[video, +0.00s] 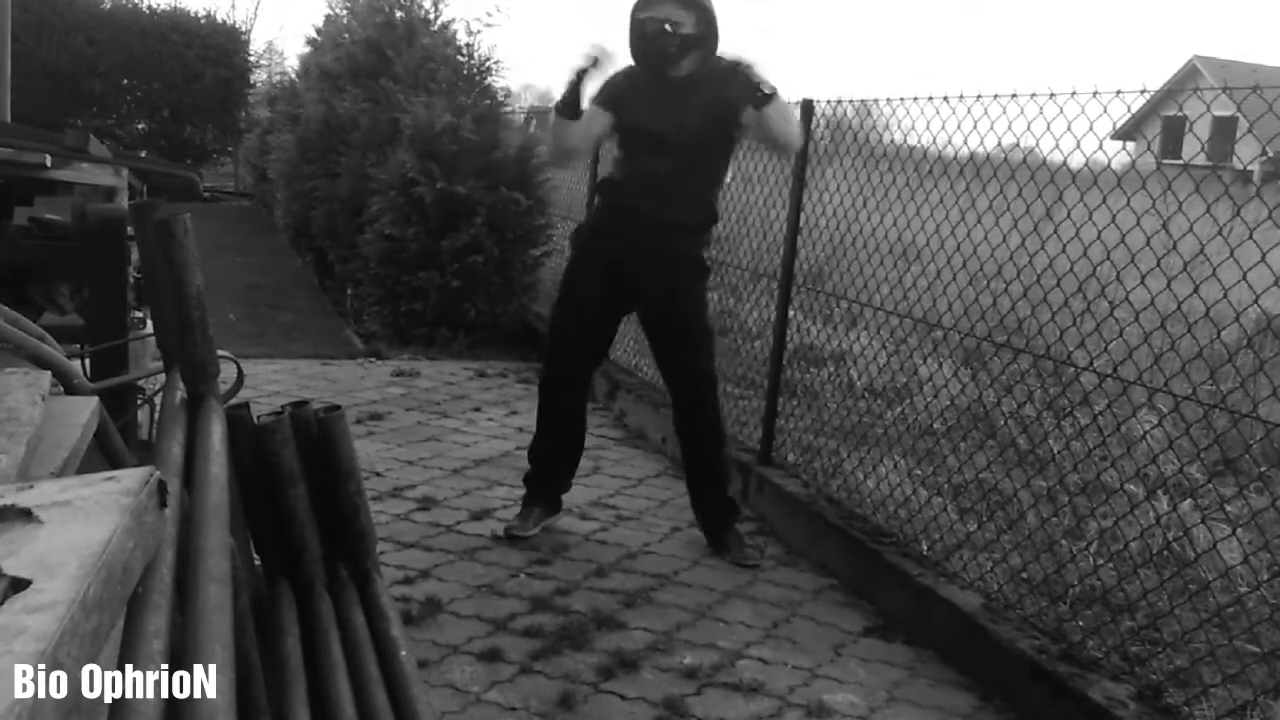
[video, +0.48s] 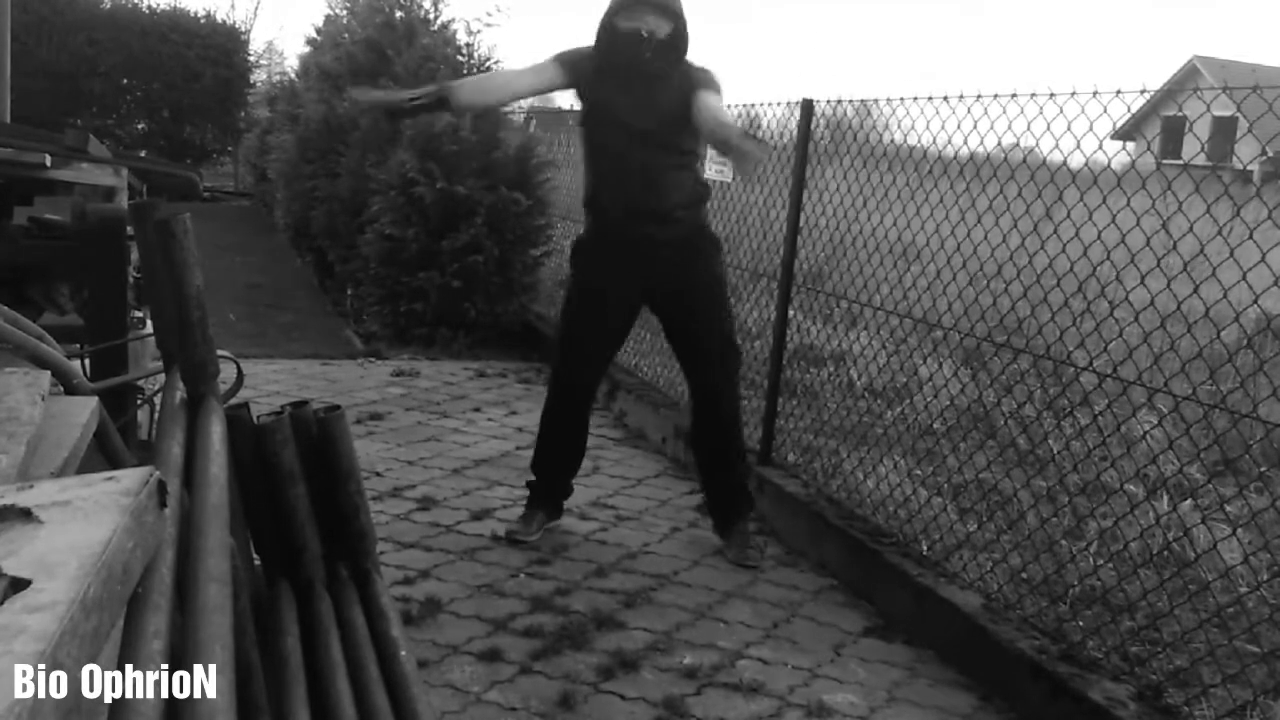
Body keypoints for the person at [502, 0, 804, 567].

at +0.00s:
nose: (661, 35)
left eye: (675, 24)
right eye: (649, 24)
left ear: (701, 33)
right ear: (636, 30)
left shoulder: (727, 84)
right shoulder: (626, 84)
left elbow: (792, 141)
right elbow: (563, 151)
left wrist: (760, 90)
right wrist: (572, 92)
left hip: (675, 259)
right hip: (605, 251)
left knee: (696, 393)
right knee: (563, 373)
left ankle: (720, 524)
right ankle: (541, 498)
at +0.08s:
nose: (658, 38)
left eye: (672, 28)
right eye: (647, 24)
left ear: (693, 32)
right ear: (628, 25)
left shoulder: (717, 75)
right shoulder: (605, 74)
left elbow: (799, 99)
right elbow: (514, 99)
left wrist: (764, 116)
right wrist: (549, 120)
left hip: (681, 257)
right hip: (605, 250)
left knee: (702, 393)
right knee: (565, 378)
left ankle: (724, 525)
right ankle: (544, 502)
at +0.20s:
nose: (657, 41)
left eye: (670, 34)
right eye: (647, 26)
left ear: (684, 39)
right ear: (623, 22)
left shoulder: (695, 76)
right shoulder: (585, 65)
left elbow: (768, 114)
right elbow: (490, 83)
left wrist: (813, 162)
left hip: (683, 257)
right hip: (607, 253)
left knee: (707, 386)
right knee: (571, 379)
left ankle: (728, 521)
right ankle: (546, 500)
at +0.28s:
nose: (649, 47)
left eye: (664, 42)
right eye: (641, 33)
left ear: (673, 51)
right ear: (615, 29)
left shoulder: (678, 101)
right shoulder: (564, 79)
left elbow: (748, 150)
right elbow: (478, 103)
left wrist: (814, 194)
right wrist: (391, 132)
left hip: (687, 262)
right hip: (613, 265)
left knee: (716, 388)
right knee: (579, 392)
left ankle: (733, 518)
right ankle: (545, 505)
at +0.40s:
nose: (649, 52)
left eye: (662, 44)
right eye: (639, 38)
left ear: (673, 47)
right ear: (613, 30)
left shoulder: (681, 100)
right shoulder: (566, 76)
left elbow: (743, 152)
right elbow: (477, 100)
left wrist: (798, 200)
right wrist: (393, 124)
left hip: (685, 260)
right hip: (611, 261)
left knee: (719, 385)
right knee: (578, 389)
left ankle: (736, 520)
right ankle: (545, 505)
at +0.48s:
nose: (641, 35)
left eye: (655, 24)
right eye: (629, 24)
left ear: (673, 31)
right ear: (609, 26)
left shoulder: (692, 80)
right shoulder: (588, 65)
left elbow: (709, 117)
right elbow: (509, 84)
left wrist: (735, 141)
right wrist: (416, 99)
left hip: (686, 253)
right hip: (609, 252)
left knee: (717, 379)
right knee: (574, 377)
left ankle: (733, 517)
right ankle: (545, 502)